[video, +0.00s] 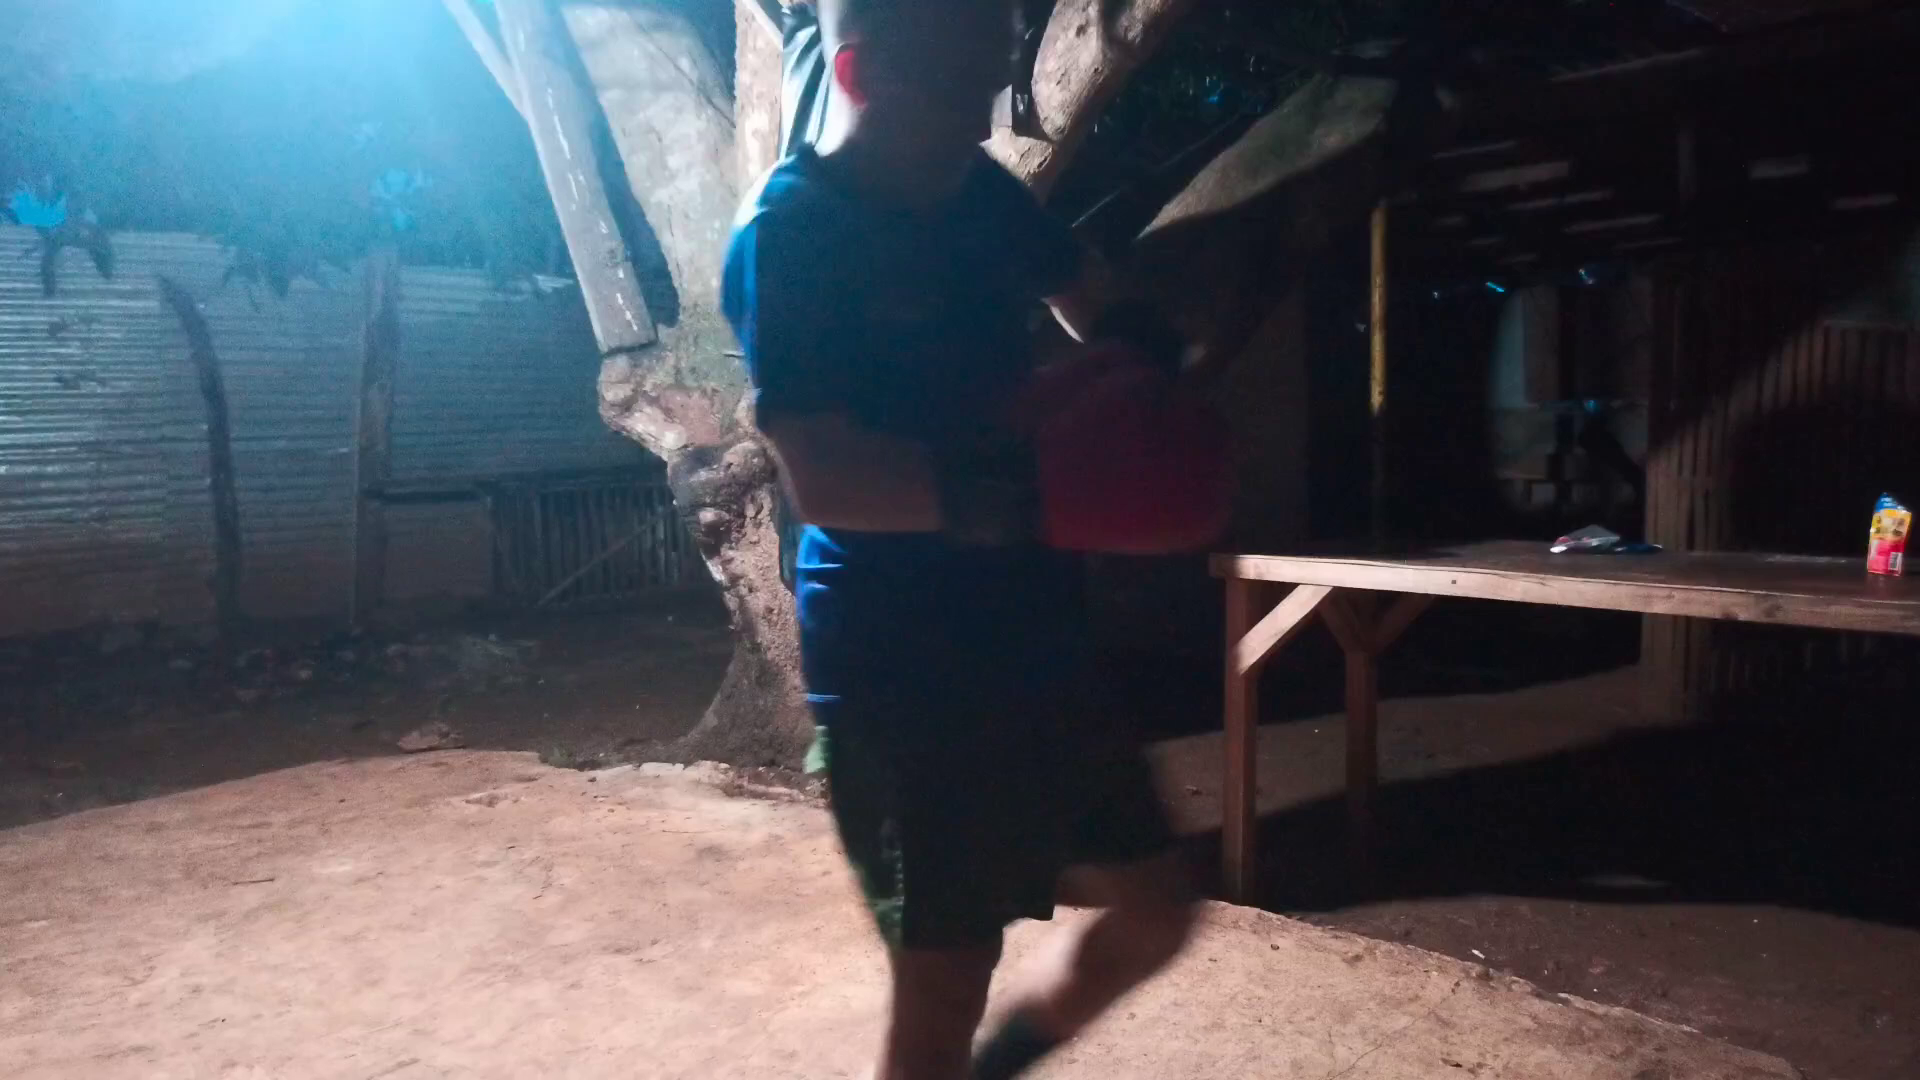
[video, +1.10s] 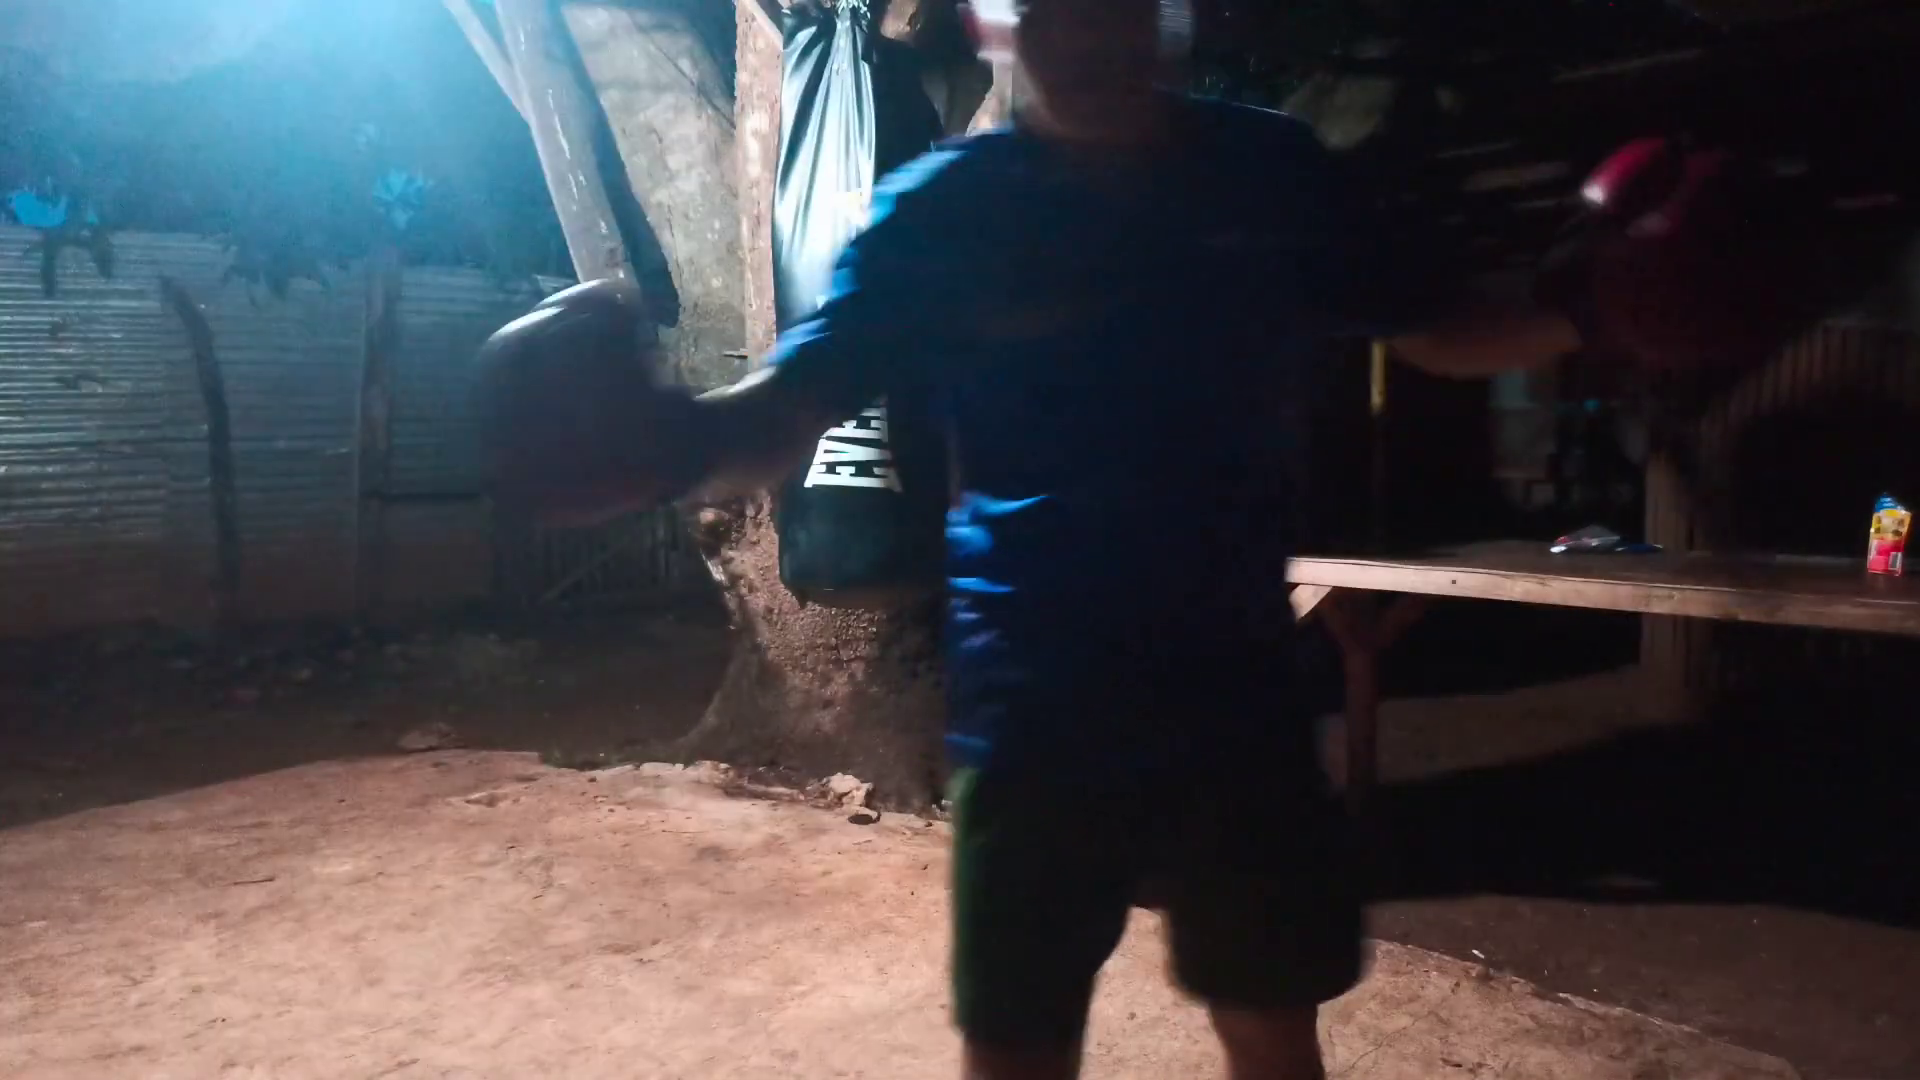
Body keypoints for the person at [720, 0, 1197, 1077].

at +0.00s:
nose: (990, 79)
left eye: (994, 54)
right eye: (957, 57)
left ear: (1006, 62)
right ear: (859, 71)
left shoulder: (983, 192)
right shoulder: (794, 229)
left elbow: (1107, 309)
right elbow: (821, 482)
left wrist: (1147, 376)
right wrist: (1033, 494)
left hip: (1024, 613)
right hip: (889, 644)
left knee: (1152, 911)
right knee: (942, 987)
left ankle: (991, 1058)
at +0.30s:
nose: (1051, 55)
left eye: (1068, 31)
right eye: (1015, 31)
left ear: (1096, 37)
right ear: (936, 40)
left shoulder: (1124, 177)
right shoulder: (897, 193)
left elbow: (1246, 345)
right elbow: (904, 468)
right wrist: (1117, 455)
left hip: (1148, 637)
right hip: (981, 657)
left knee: (1225, 977)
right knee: (979, 1014)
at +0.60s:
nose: (1167, 36)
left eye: (1202, 11)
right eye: (1133, 10)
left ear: (1250, 30)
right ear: (1080, 33)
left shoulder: (1301, 185)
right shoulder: (1030, 180)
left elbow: (1363, 400)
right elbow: (980, 429)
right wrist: (1154, 437)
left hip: (1258, 630)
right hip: (1077, 639)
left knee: (1295, 996)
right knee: (1099, 1014)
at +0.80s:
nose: (1188, 36)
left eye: (1224, 10)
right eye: (1155, 11)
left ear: (1278, 28)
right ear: (1111, 29)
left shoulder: (1343, 183)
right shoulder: (1058, 180)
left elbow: (1441, 399)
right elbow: (946, 421)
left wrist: (1338, 421)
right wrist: (1073, 413)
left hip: (1288, 648)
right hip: (1097, 652)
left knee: (1294, 997)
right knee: (1069, 1019)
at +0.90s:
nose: (1180, 42)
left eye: (1210, 14)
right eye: (1141, 16)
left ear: (1255, 25)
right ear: (1085, 33)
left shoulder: (1328, 175)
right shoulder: (1039, 193)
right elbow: (907, 419)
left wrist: (1478, 343)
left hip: (1278, 624)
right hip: (1096, 629)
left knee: (1292, 1008)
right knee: (1054, 1038)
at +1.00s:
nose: (1144, 44)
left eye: (1174, 14)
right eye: (1108, 16)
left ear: (1223, 25)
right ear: (1053, 38)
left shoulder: (1308, 175)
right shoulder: (1006, 197)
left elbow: (1470, 332)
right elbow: (871, 384)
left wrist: (1572, 321)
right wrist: (744, 434)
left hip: (1267, 643)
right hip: (1073, 653)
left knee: (1283, 1011)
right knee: (1050, 1042)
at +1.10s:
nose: (1090, 48)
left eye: (1119, 20)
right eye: (1052, 26)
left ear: (1166, 25)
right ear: (992, 34)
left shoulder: (1267, 172)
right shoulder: (936, 215)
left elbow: (1436, 329)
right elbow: (781, 416)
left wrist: (1588, 305)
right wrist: (648, 439)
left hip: (1234, 681)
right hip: (1033, 698)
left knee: (1275, 1027)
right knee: (1011, 1047)